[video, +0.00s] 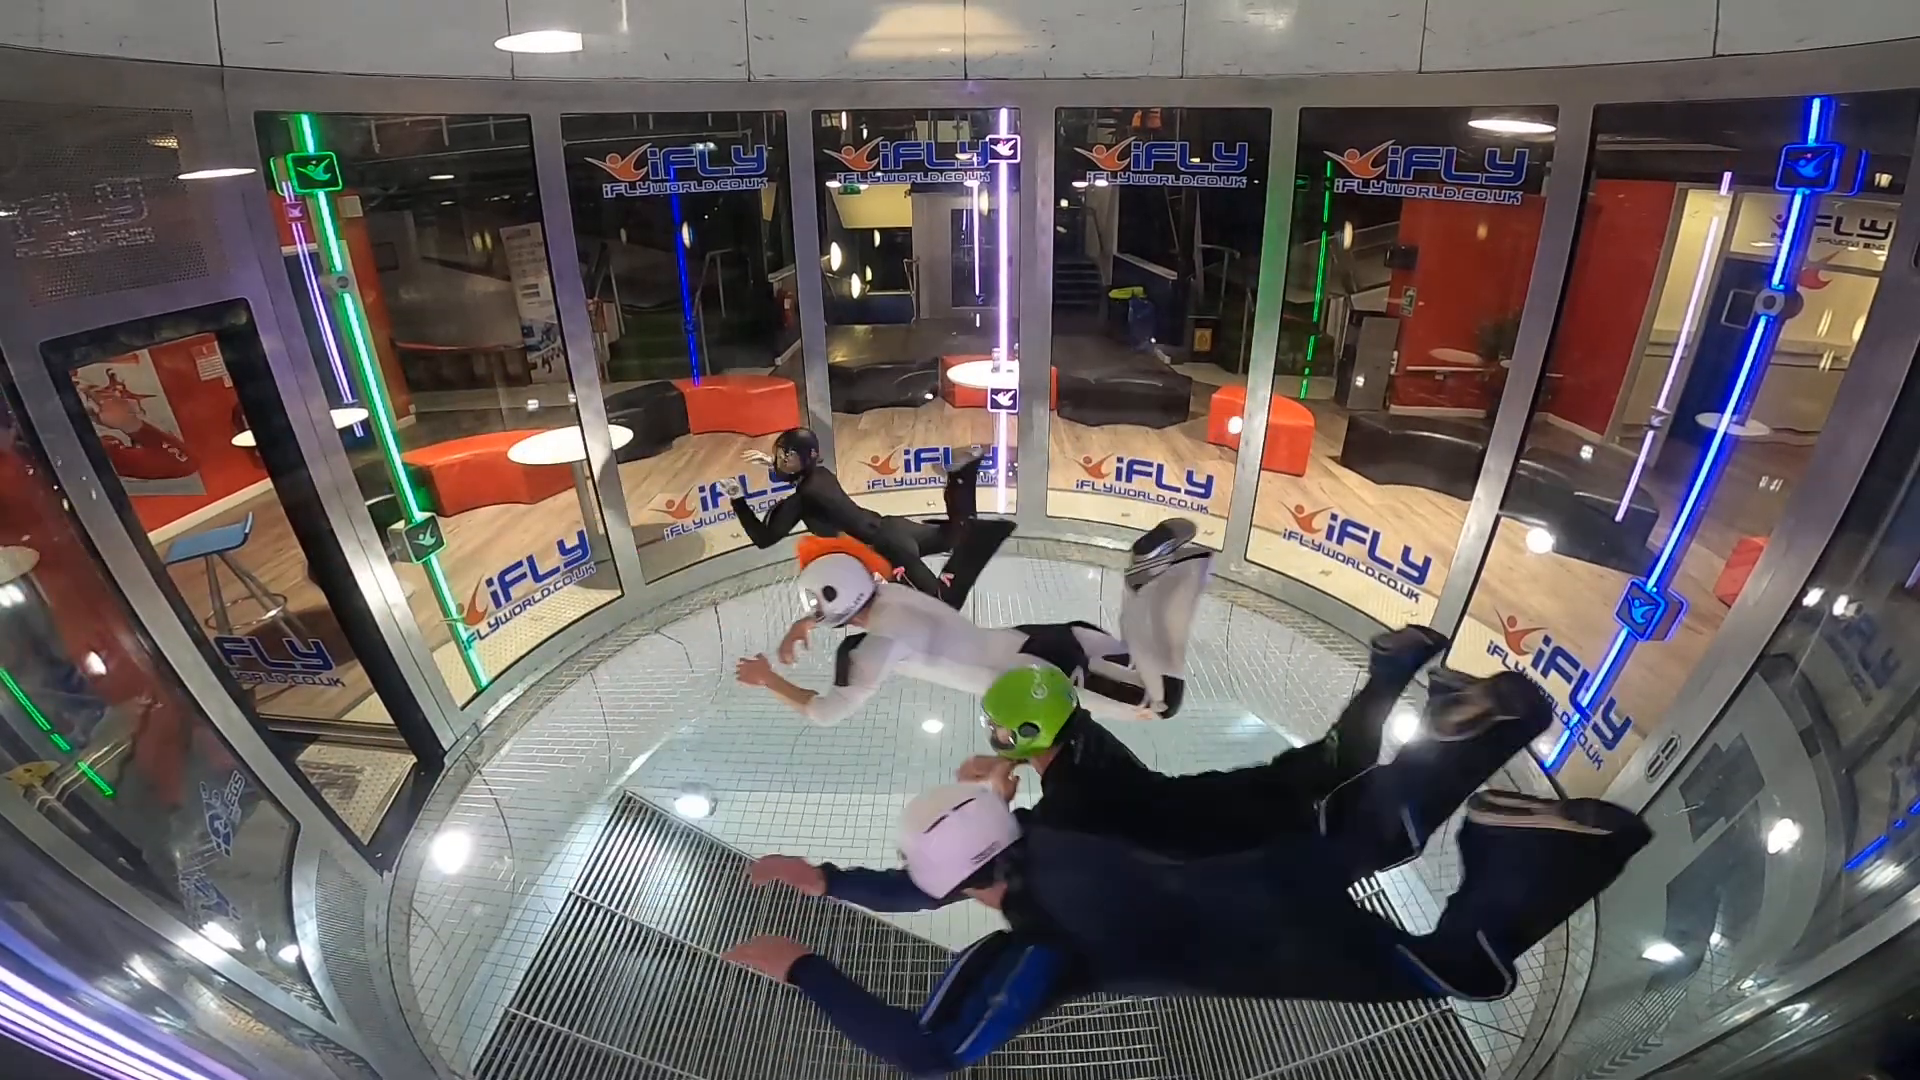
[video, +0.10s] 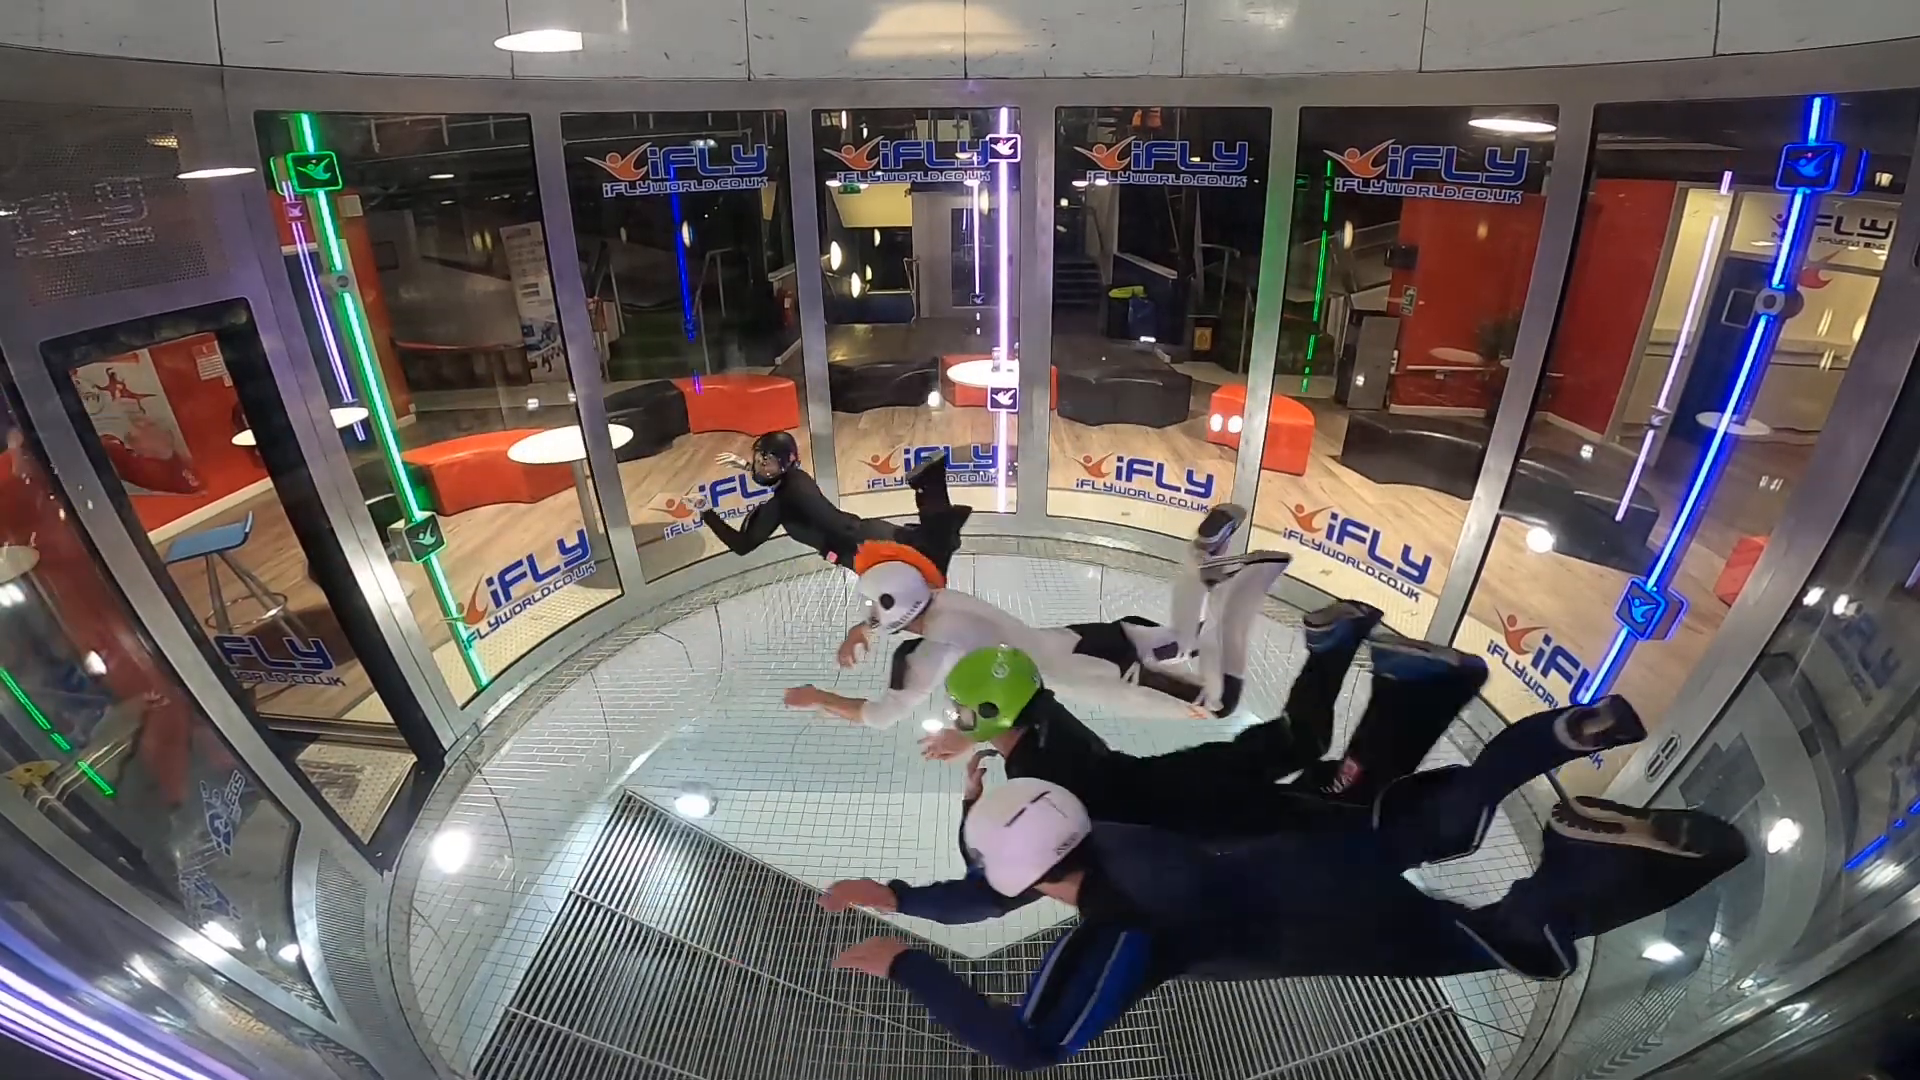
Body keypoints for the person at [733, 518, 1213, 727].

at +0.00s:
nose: (820, 618)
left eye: (826, 609)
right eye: (817, 608)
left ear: (848, 607)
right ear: (858, 581)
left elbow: (827, 708)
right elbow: (840, 605)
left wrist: (772, 683)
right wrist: (803, 629)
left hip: (1033, 667)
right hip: (1026, 639)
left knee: (1161, 699)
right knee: (1138, 665)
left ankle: (1159, 587)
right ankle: (1154, 579)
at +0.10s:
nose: (879, 615)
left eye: (887, 606)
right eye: (875, 607)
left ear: (913, 600)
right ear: (905, 593)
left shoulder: (935, 645)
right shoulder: (935, 601)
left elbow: (887, 711)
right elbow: (890, 617)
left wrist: (827, 702)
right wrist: (862, 634)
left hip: (1088, 662)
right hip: (1073, 639)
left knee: (1215, 695)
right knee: (1168, 641)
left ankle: (1238, 590)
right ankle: (1208, 562)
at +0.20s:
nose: (935, 616)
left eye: (939, 606)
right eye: (932, 606)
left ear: (961, 600)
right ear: (970, 584)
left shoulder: (992, 630)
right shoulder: (993, 600)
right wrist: (920, 640)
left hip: (1128, 663)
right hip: (1124, 633)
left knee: (1231, 698)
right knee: (1223, 620)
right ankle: (1246, 532)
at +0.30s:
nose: (972, 608)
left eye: (979, 596)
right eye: (971, 597)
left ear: (1002, 592)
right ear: (1004, 582)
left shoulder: (1035, 621)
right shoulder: (1034, 595)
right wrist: (966, 628)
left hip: (1164, 643)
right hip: (1163, 628)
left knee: (1260, 604)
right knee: (1255, 591)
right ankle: (1292, 509)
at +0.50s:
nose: (1037, 577)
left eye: (1041, 564)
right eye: (1032, 568)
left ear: (1060, 549)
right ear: (1038, 562)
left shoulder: (1100, 571)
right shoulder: (1086, 573)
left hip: (1245, 592)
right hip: (1229, 590)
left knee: (1324, 558)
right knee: (1313, 564)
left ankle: (1361, 463)